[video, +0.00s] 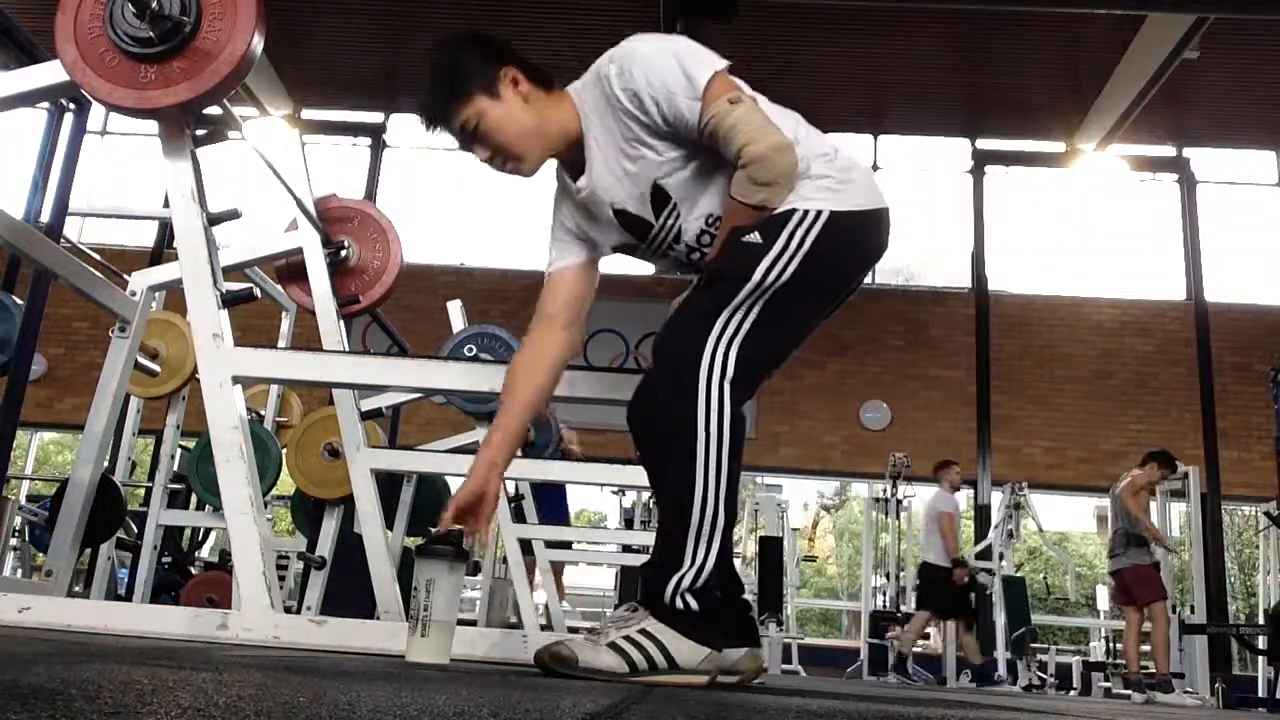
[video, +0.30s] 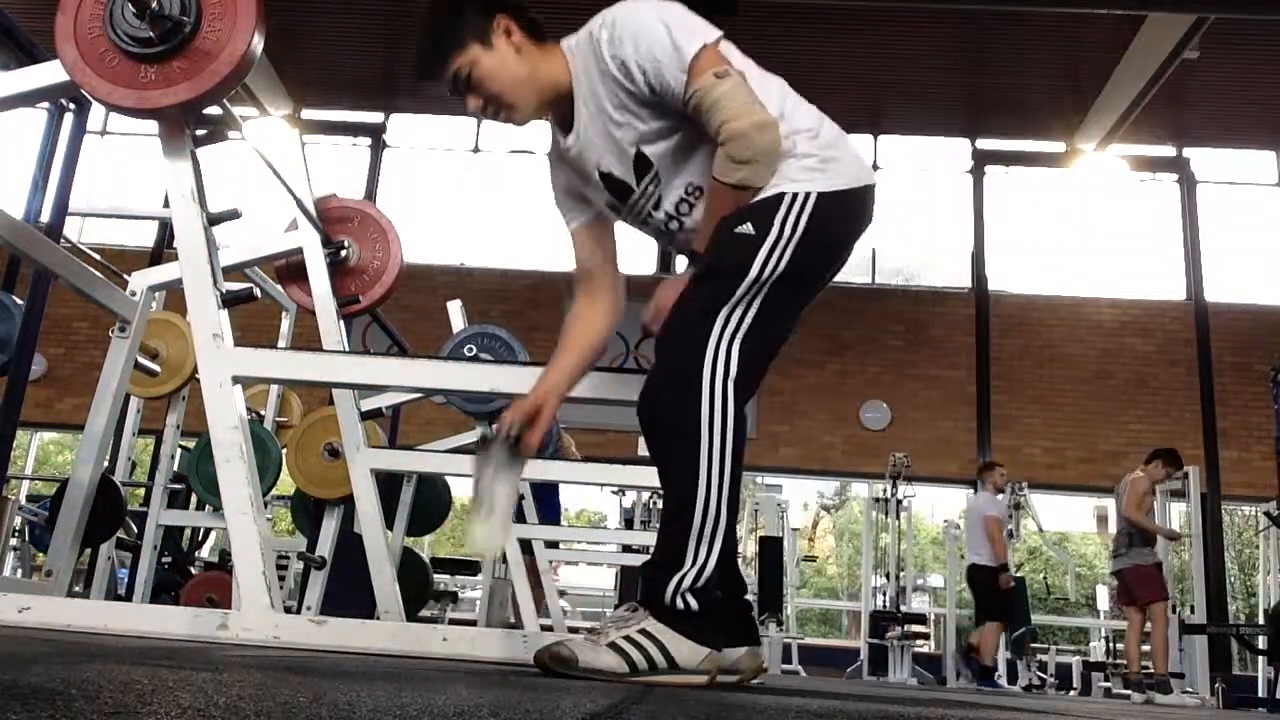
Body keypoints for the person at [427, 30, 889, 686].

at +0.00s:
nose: (482, 154)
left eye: (476, 130)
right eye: (468, 146)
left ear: (515, 85)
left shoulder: (636, 65)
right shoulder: (576, 204)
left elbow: (769, 155)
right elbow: (555, 328)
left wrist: (721, 252)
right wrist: (489, 464)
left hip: (821, 201)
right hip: (760, 242)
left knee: (701, 366)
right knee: (654, 407)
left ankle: (685, 620)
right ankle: (725, 629)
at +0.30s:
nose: (473, 105)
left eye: (468, 80)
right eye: (461, 98)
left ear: (507, 33)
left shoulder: (631, 29)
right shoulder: (570, 160)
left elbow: (750, 133)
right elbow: (597, 290)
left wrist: (694, 267)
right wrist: (546, 392)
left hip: (807, 179)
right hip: (747, 219)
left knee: (703, 368)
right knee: (669, 401)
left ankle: (683, 621)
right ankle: (726, 628)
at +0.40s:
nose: (484, 56)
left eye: (478, 33)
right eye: (473, 50)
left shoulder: (630, 10)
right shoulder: (583, 121)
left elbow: (743, 118)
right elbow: (628, 253)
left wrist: (674, 242)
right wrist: (585, 301)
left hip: (798, 172)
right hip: (746, 200)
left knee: (703, 379)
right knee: (677, 395)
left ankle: (684, 622)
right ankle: (728, 630)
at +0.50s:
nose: (510, 18)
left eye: (511, 1)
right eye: (505, 13)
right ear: (526, 17)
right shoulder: (598, 78)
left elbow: (724, 84)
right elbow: (653, 204)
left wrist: (660, 195)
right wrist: (605, 236)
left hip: (786, 167)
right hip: (744, 189)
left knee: (698, 377)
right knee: (691, 393)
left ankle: (690, 622)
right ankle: (726, 631)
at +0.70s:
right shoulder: (646, 15)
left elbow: (715, 27)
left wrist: (636, 126)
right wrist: (631, 139)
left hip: (750, 157)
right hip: (711, 168)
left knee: (689, 374)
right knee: (692, 383)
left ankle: (691, 623)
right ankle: (728, 631)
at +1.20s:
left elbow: (665, 9)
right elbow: (704, 99)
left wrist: (615, 27)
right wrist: (613, 106)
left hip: (703, 158)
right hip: (717, 164)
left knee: (663, 380)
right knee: (701, 399)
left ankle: (688, 623)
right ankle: (730, 633)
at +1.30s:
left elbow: (642, 4)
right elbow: (716, 108)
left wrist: (616, 8)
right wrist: (634, 119)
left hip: (705, 153)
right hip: (702, 157)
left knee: (666, 380)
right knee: (694, 393)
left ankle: (688, 623)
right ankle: (728, 633)